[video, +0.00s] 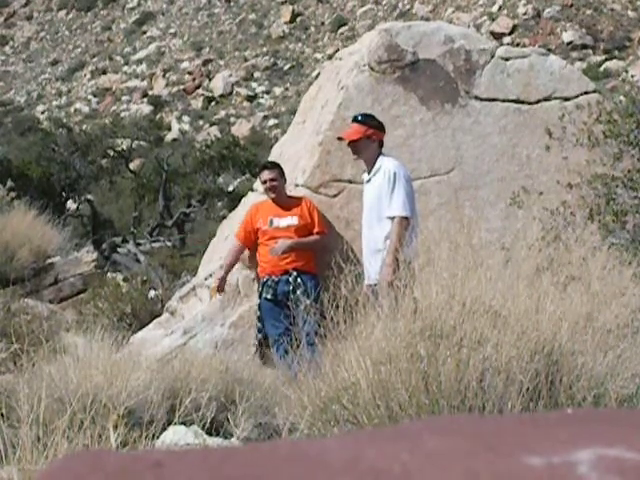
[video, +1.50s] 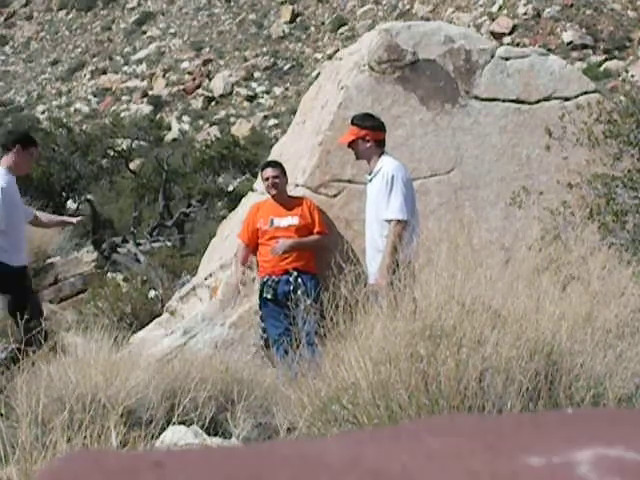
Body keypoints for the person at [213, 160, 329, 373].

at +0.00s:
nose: (270, 185)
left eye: (274, 180)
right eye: (265, 182)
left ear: (284, 180)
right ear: (261, 186)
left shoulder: (304, 205)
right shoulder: (256, 211)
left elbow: (323, 237)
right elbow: (239, 244)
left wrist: (293, 243)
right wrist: (223, 273)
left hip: (303, 277)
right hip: (271, 280)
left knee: (310, 332)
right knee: (279, 338)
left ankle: (315, 379)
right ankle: (290, 382)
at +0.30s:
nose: (271, 184)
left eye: (275, 179)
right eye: (266, 181)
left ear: (285, 180)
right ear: (262, 185)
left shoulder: (305, 205)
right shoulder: (257, 211)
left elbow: (323, 238)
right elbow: (242, 248)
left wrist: (293, 244)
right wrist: (231, 281)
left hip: (302, 277)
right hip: (271, 280)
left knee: (310, 334)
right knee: (279, 340)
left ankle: (316, 381)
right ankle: (290, 385)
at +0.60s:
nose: (271, 184)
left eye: (275, 179)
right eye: (266, 181)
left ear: (286, 180)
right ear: (262, 185)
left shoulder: (306, 206)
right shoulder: (257, 211)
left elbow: (322, 237)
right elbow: (243, 247)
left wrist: (293, 244)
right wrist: (233, 280)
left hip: (302, 277)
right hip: (270, 280)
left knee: (309, 334)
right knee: (279, 339)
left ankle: (315, 381)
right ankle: (288, 383)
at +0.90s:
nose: (271, 184)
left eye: (275, 179)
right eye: (266, 181)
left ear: (285, 179)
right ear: (262, 185)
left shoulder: (306, 206)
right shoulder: (257, 211)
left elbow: (323, 237)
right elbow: (244, 246)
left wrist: (294, 243)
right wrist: (235, 279)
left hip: (303, 277)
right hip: (271, 280)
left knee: (309, 334)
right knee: (279, 339)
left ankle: (315, 380)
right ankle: (289, 383)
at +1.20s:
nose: (272, 182)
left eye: (276, 177)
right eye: (267, 179)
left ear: (286, 179)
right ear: (263, 184)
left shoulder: (306, 205)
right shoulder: (257, 211)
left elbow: (323, 236)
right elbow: (244, 246)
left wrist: (294, 243)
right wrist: (234, 278)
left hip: (303, 276)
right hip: (271, 279)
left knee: (310, 333)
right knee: (279, 338)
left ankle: (314, 379)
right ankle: (288, 382)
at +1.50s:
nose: (272, 182)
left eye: (276, 177)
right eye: (267, 179)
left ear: (285, 179)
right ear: (263, 183)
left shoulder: (306, 206)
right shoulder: (257, 210)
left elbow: (324, 237)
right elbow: (246, 244)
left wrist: (294, 244)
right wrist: (239, 269)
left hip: (304, 277)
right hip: (272, 279)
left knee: (310, 333)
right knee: (279, 338)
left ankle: (314, 379)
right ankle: (288, 382)